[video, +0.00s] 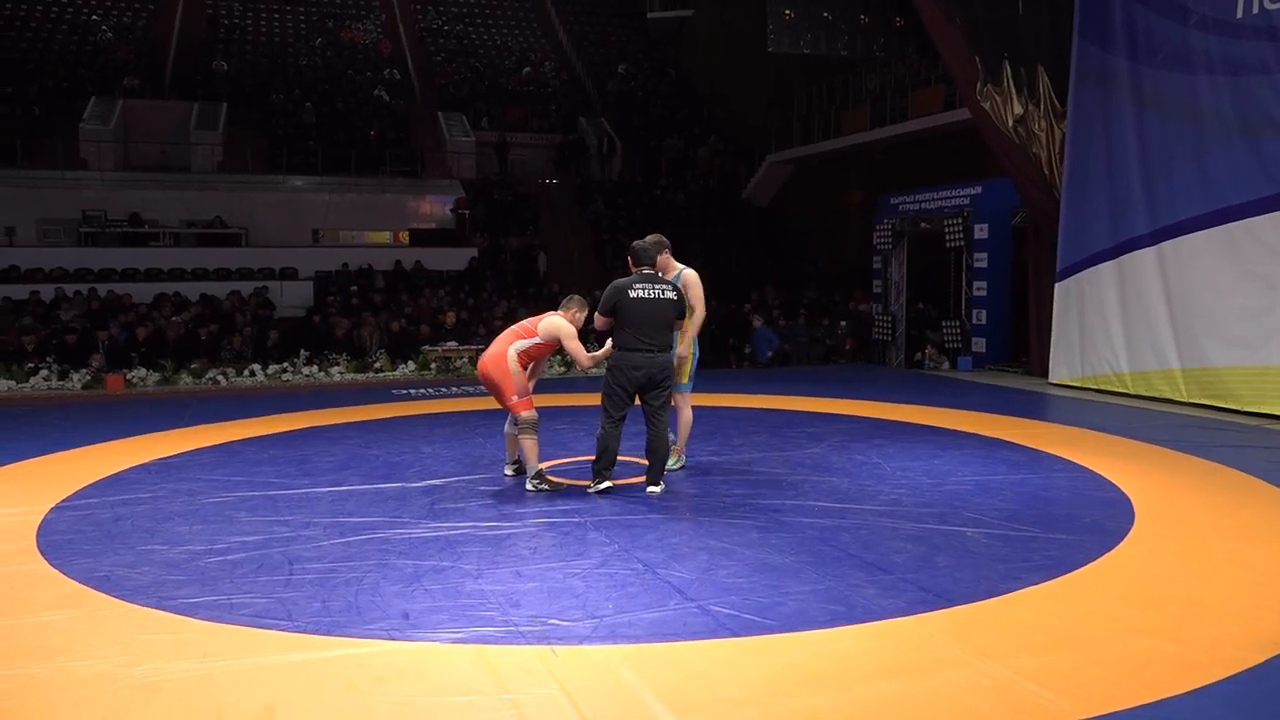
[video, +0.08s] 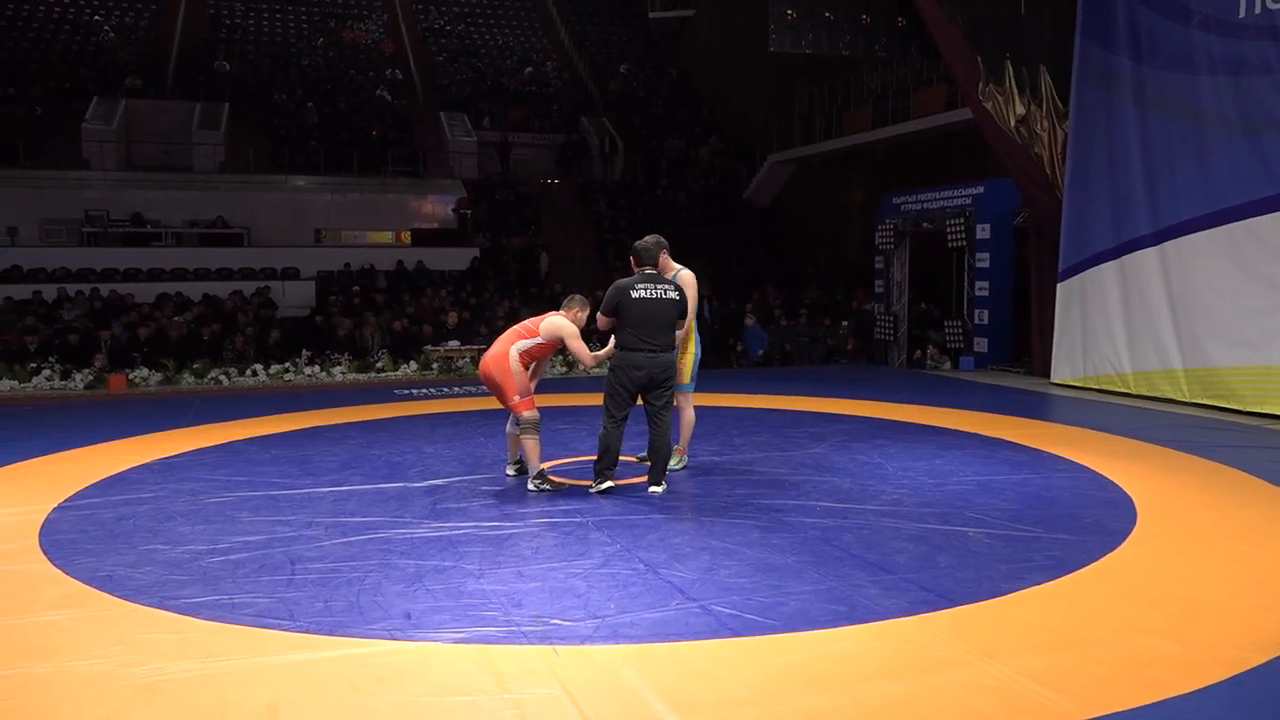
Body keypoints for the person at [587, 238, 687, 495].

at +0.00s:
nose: (627, 263)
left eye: (628, 260)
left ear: (630, 262)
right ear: (656, 262)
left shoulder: (619, 287)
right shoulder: (672, 289)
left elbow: (600, 323)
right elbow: (678, 324)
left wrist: (623, 318)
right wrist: (656, 318)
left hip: (625, 361)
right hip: (660, 362)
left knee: (612, 420)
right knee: (658, 421)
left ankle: (601, 476)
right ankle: (655, 480)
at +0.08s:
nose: (629, 263)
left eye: (630, 260)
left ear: (633, 262)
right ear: (659, 261)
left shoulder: (620, 288)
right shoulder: (674, 289)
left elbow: (603, 323)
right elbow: (679, 324)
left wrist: (627, 317)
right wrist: (655, 318)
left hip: (627, 361)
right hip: (663, 361)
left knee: (614, 420)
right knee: (660, 421)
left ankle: (603, 475)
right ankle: (657, 480)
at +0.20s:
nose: (631, 261)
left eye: (631, 258)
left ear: (634, 261)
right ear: (661, 260)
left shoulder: (622, 287)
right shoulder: (678, 289)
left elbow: (606, 322)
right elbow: (677, 319)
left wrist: (635, 319)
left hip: (629, 361)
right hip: (665, 362)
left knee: (615, 419)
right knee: (662, 420)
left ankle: (605, 475)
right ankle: (658, 480)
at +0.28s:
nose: (630, 263)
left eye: (631, 260)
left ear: (635, 262)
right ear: (662, 261)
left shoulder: (623, 287)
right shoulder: (679, 288)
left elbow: (607, 323)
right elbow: (678, 318)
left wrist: (636, 317)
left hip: (630, 361)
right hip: (665, 362)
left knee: (616, 418)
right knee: (663, 420)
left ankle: (606, 474)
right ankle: (659, 480)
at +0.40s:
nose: (631, 267)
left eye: (633, 262)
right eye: (631, 263)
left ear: (639, 262)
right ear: (663, 261)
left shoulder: (625, 287)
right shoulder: (680, 287)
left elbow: (610, 323)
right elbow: (677, 320)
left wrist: (640, 315)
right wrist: (633, 317)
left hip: (633, 361)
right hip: (668, 362)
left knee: (617, 418)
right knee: (665, 418)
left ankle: (609, 474)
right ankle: (661, 480)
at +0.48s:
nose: (632, 266)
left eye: (633, 262)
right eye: (633, 262)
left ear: (638, 262)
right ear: (664, 262)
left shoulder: (626, 288)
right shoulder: (681, 288)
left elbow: (612, 322)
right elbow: (676, 318)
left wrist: (642, 313)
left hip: (634, 361)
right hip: (669, 362)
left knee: (617, 416)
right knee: (665, 418)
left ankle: (613, 473)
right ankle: (662, 479)